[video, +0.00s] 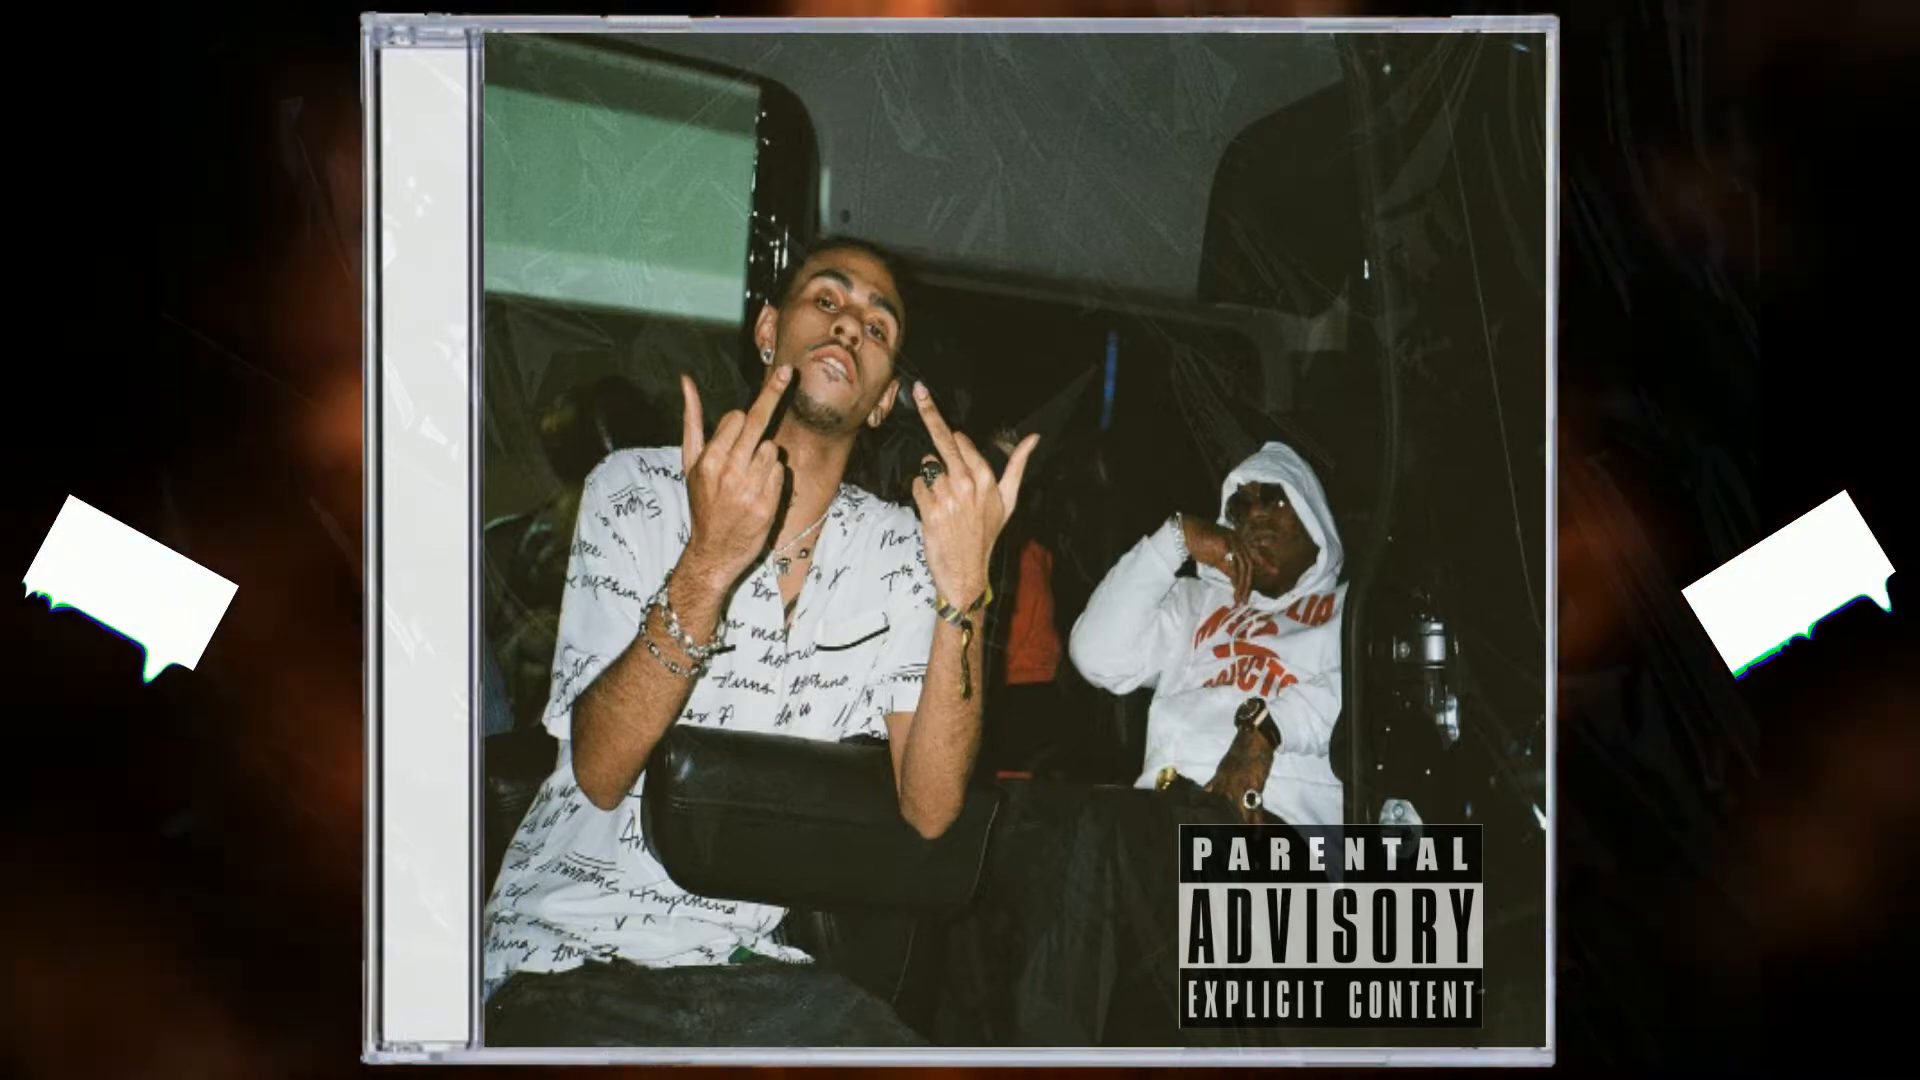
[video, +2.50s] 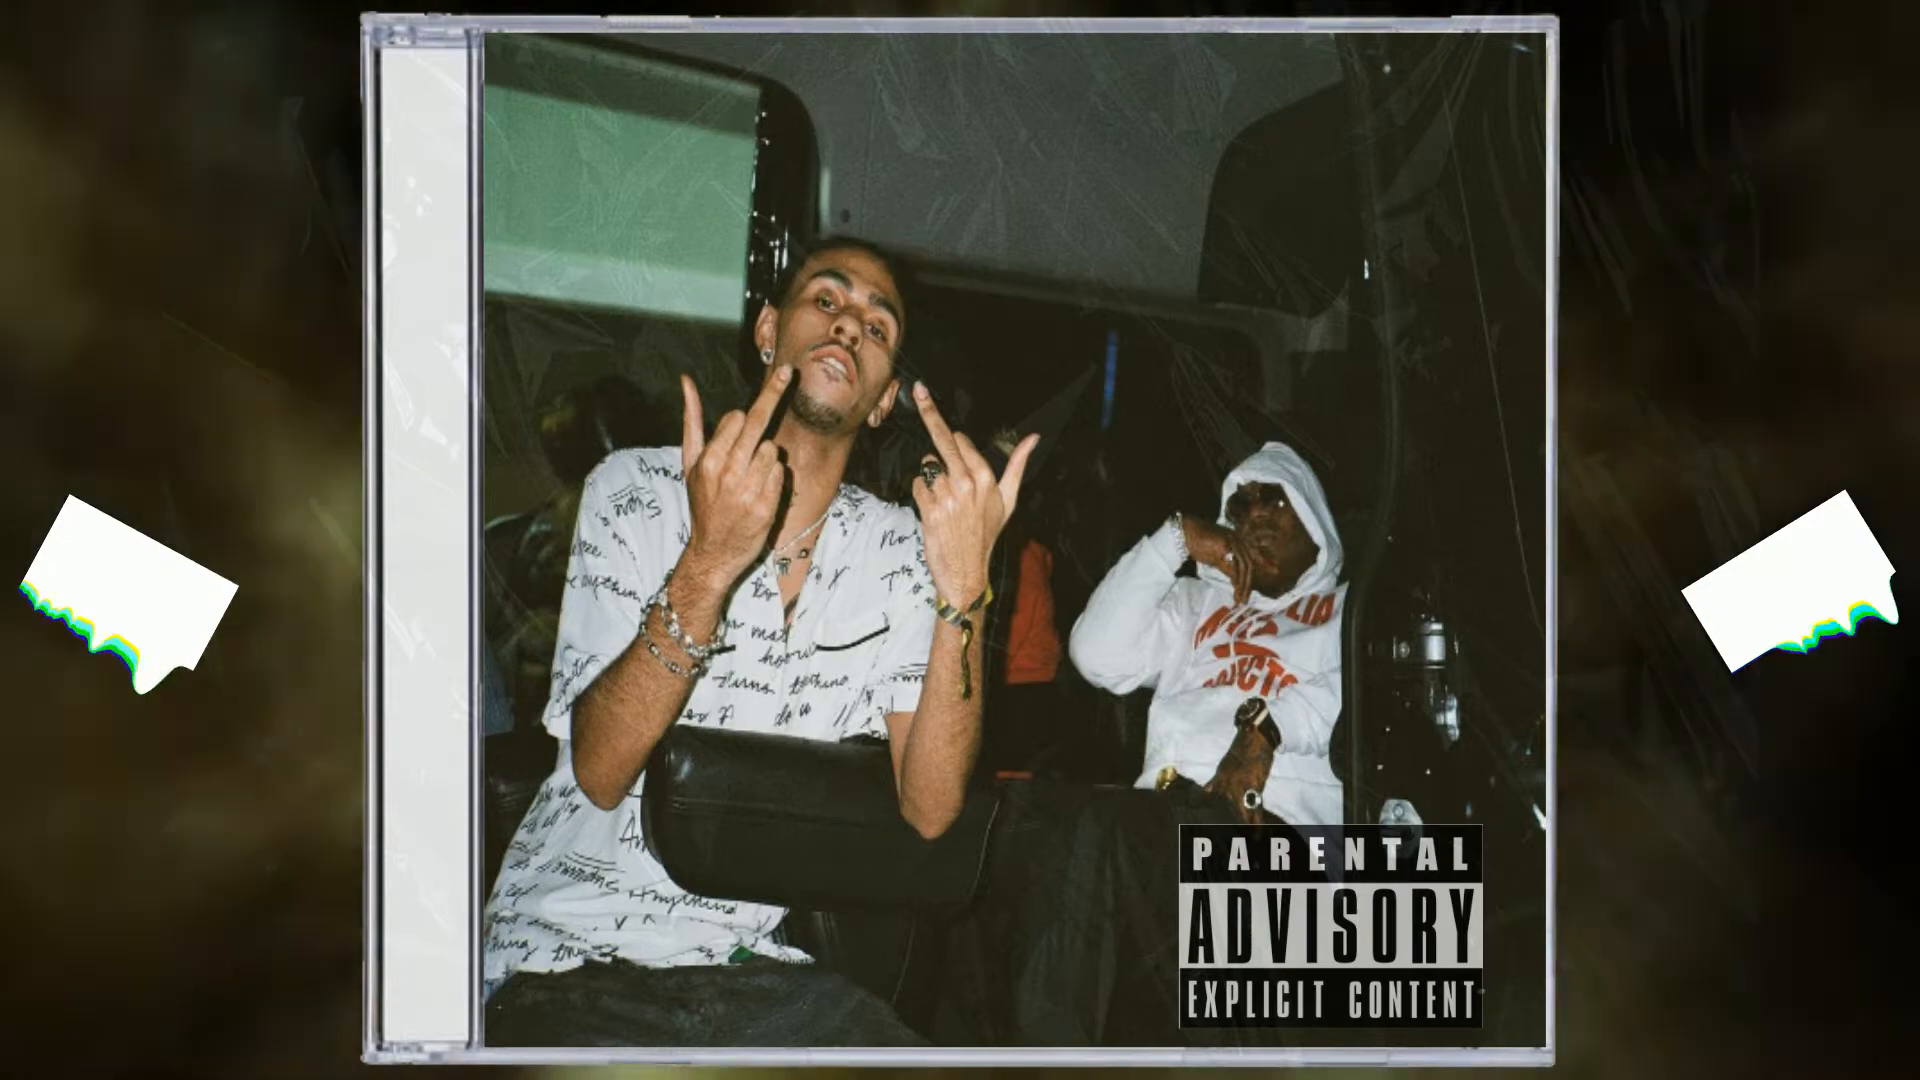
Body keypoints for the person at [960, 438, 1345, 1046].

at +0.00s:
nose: (1257, 522)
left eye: (1277, 505)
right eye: (1243, 507)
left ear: (1318, 526)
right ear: (1226, 526)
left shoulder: (1350, 607)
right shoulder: (1196, 601)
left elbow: (1355, 698)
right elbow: (1099, 658)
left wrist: (1266, 727)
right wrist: (1177, 538)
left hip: (1284, 818)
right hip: (1163, 809)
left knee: (1099, 822)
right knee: (1028, 810)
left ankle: (1049, 1053)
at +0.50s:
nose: (1259, 518)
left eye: (1279, 501)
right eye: (1245, 503)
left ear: (1318, 522)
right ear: (1227, 523)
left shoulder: (1352, 608)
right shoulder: (1197, 599)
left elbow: (1356, 705)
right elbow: (1100, 658)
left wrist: (1268, 725)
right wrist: (1176, 540)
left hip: (1285, 816)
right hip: (1165, 806)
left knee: (1103, 824)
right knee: (1028, 811)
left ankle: (1051, 1054)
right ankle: (967, 1048)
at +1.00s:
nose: (1259, 519)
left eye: (1279, 502)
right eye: (1246, 503)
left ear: (1318, 522)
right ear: (1228, 523)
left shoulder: (1351, 606)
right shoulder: (1198, 599)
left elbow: (1348, 705)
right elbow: (1099, 658)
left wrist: (1272, 727)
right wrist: (1176, 539)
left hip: (1285, 817)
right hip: (1165, 807)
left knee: (1103, 824)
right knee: (1028, 811)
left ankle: (1052, 1054)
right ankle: (967, 1048)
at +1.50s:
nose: (1258, 520)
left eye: (1278, 503)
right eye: (1243, 504)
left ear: (1318, 524)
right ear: (1226, 525)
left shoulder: (1350, 610)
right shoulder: (1195, 602)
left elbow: (1343, 703)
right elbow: (1099, 658)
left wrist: (1264, 727)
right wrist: (1177, 538)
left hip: (1284, 818)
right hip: (1163, 808)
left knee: (1101, 823)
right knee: (1029, 812)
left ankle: (1050, 1050)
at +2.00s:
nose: (1258, 520)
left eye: (1278, 503)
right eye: (1243, 505)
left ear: (1317, 525)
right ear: (1226, 526)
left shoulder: (1349, 610)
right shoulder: (1195, 602)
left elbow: (1343, 703)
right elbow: (1099, 658)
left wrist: (1264, 727)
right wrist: (1177, 539)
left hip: (1283, 819)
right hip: (1163, 808)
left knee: (1102, 822)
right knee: (1028, 810)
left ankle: (1049, 1051)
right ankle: (969, 1047)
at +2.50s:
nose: (1258, 517)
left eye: (1279, 501)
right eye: (1245, 502)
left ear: (1318, 522)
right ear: (1227, 523)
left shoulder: (1352, 607)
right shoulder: (1197, 601)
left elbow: (1349, 701)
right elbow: (1099, 657)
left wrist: (1268, 725)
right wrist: (1177, 539)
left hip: (1282, 817)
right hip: (1166, 806)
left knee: (1102, 823)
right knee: (1026, 809)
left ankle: (1051, 1053)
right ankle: (970, 1047)